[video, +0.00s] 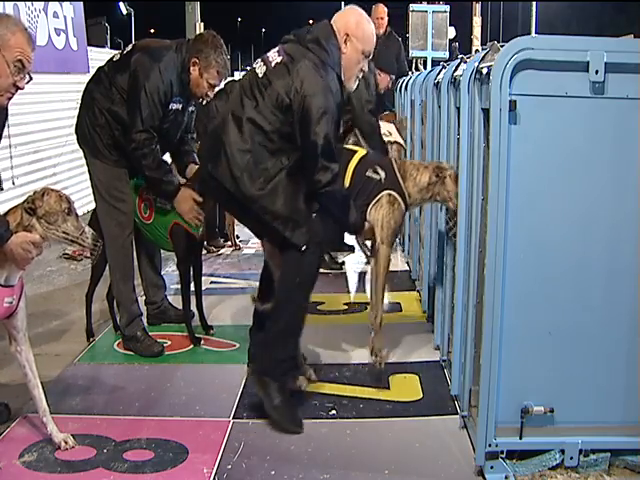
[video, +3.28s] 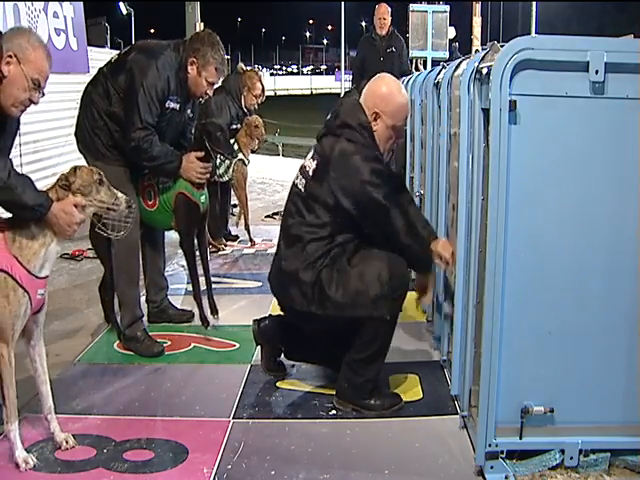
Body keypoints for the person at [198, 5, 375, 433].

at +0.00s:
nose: (363, 68)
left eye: (366, 59)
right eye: (363, 57)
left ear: (340, 37)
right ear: (344, 41)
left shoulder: (306, 52)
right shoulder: (319, 79)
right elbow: (324, 166)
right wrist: (348, 219)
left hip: (225, 150)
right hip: (237, 164)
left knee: (288, 244)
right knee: (306, 246)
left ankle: (271, 352)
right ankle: (272, 372)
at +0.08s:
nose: (368, 59)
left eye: (371, 51)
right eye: (368, 49)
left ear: (342, 29)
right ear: (349, 34)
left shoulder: (307, 47)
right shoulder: (324, 76)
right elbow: (330, 166)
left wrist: (367, 130)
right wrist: (360, 213)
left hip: (223, 143)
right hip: (241, 157)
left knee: (291, 241)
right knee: (314, 248)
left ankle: (263, 345)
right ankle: (309, 386)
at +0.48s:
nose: (418, 65)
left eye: (421, 55)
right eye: (417, 53)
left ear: (387, 31)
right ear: (396, 36)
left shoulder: (348, 50)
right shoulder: (376, 85)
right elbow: (388, 171)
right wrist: (425, 226)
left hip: (263, 159)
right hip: (294, 170)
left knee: (302, 251)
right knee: (353, 261)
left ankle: (263, 347)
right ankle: (356, 386)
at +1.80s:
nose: (437, 51)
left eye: (440, 41)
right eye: (436, 39)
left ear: (406, 21)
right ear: (413, 27)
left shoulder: (368, 49)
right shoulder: (391, 73)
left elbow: (391, 145)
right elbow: (392, 170)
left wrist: (435, 164)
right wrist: (436, 193)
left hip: (292, 173)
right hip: (324, 181)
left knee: (319, 270)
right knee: (380, 261)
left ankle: (263, 350)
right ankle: (358, 386)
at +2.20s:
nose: (426, 83)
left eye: (427, 74)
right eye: (424, 74)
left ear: (395, 63)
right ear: (404, 70)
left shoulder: (361, 87)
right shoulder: (393, 129)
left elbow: (384, 149)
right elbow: (433, 206)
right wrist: (490, 218)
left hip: (296, 229)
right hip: (325, 240)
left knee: (340, 312)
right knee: (400, 275)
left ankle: (264, 333)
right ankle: (359, 388)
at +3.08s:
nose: (405, 128)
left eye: (406, 120)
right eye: (402, 120)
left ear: (373, 109)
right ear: (380, 115)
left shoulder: (347, 128)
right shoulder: (375, 168)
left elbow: (392, 168)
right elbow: (428, 227)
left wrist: (429, 190)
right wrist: (473, 242)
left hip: (299, 270)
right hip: (320, 280)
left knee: (348, 351)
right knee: (400, 277)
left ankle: (275, 330)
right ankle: (358, 388)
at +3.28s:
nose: (399, 137)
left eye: (401, 129)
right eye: (395, 129)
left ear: (374, 116)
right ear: (374, 120)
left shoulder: (349, 135)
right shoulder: (355, 159)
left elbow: (395, 192)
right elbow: (391, 225)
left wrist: (430, 239)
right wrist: (423, 267)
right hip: (309, 281)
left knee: (358, 352)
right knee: (390, 274)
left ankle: (277, 332)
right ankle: (358, 388)